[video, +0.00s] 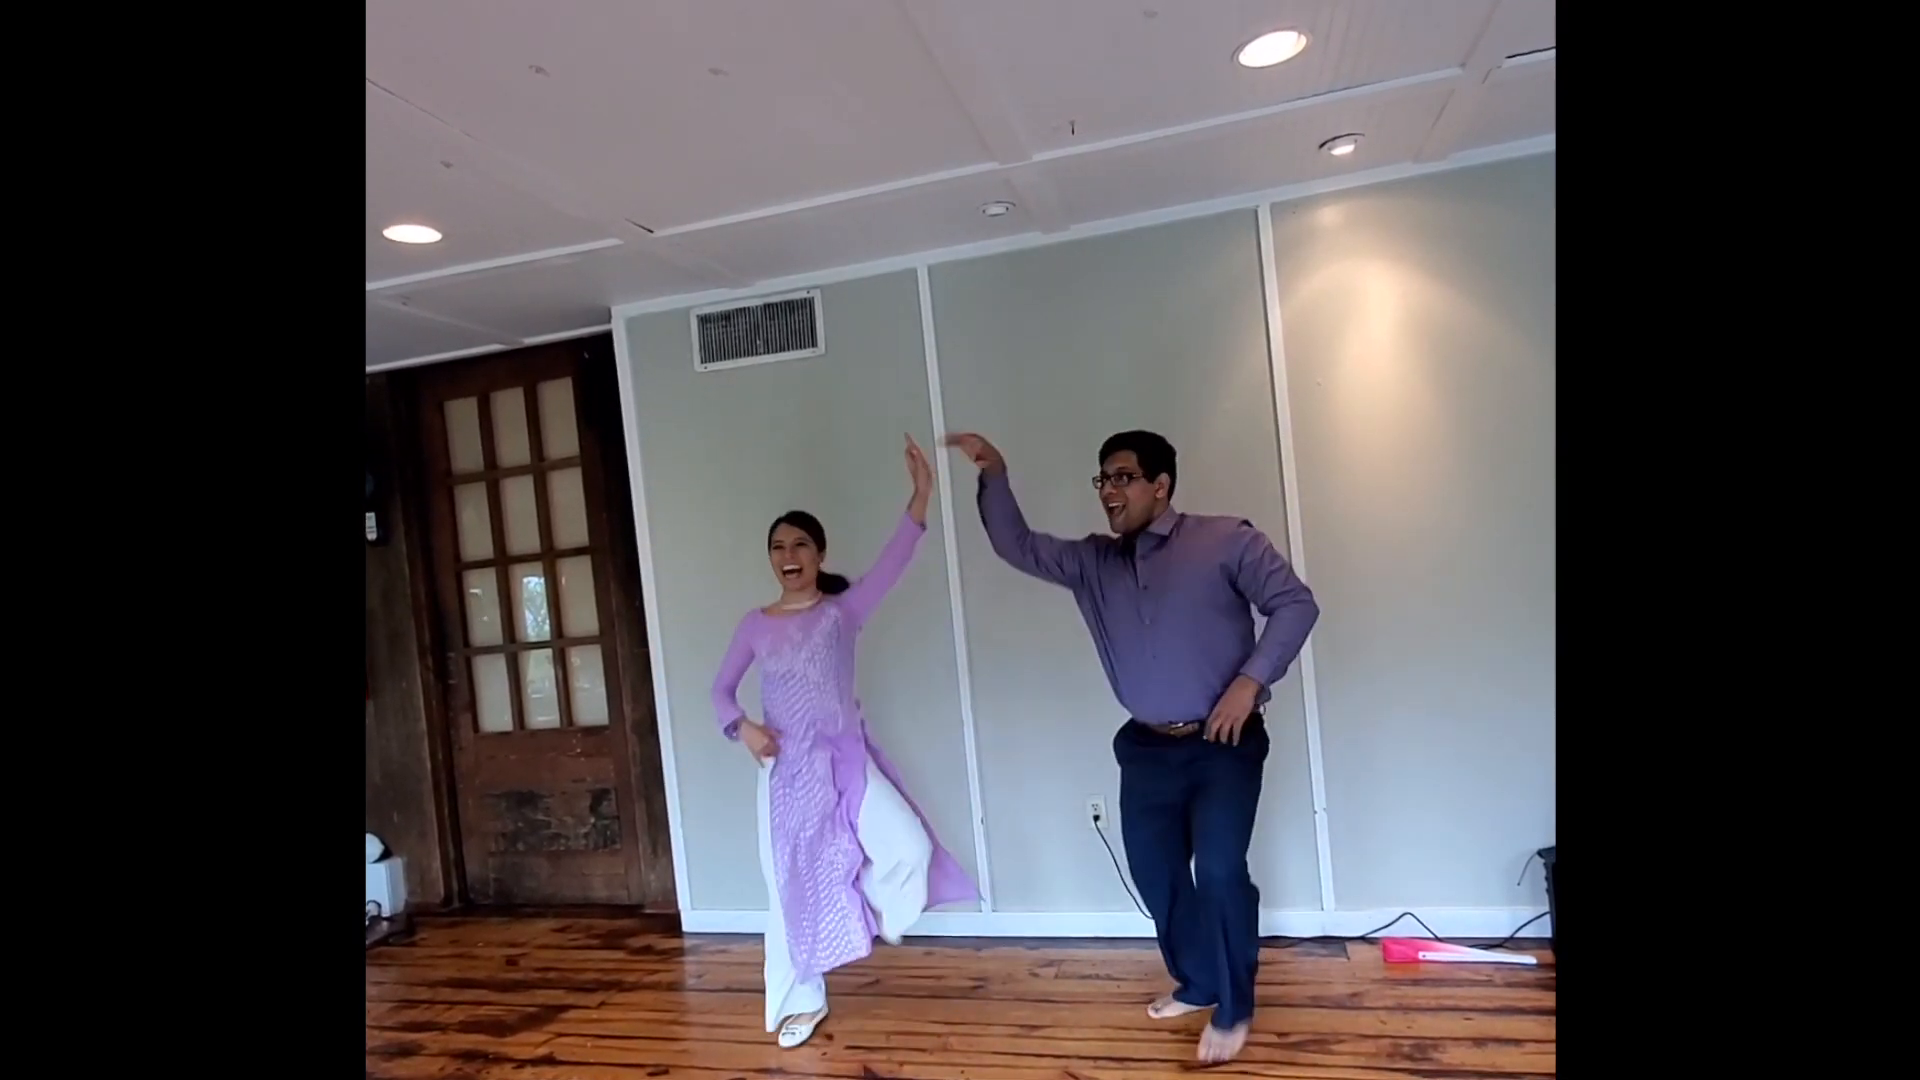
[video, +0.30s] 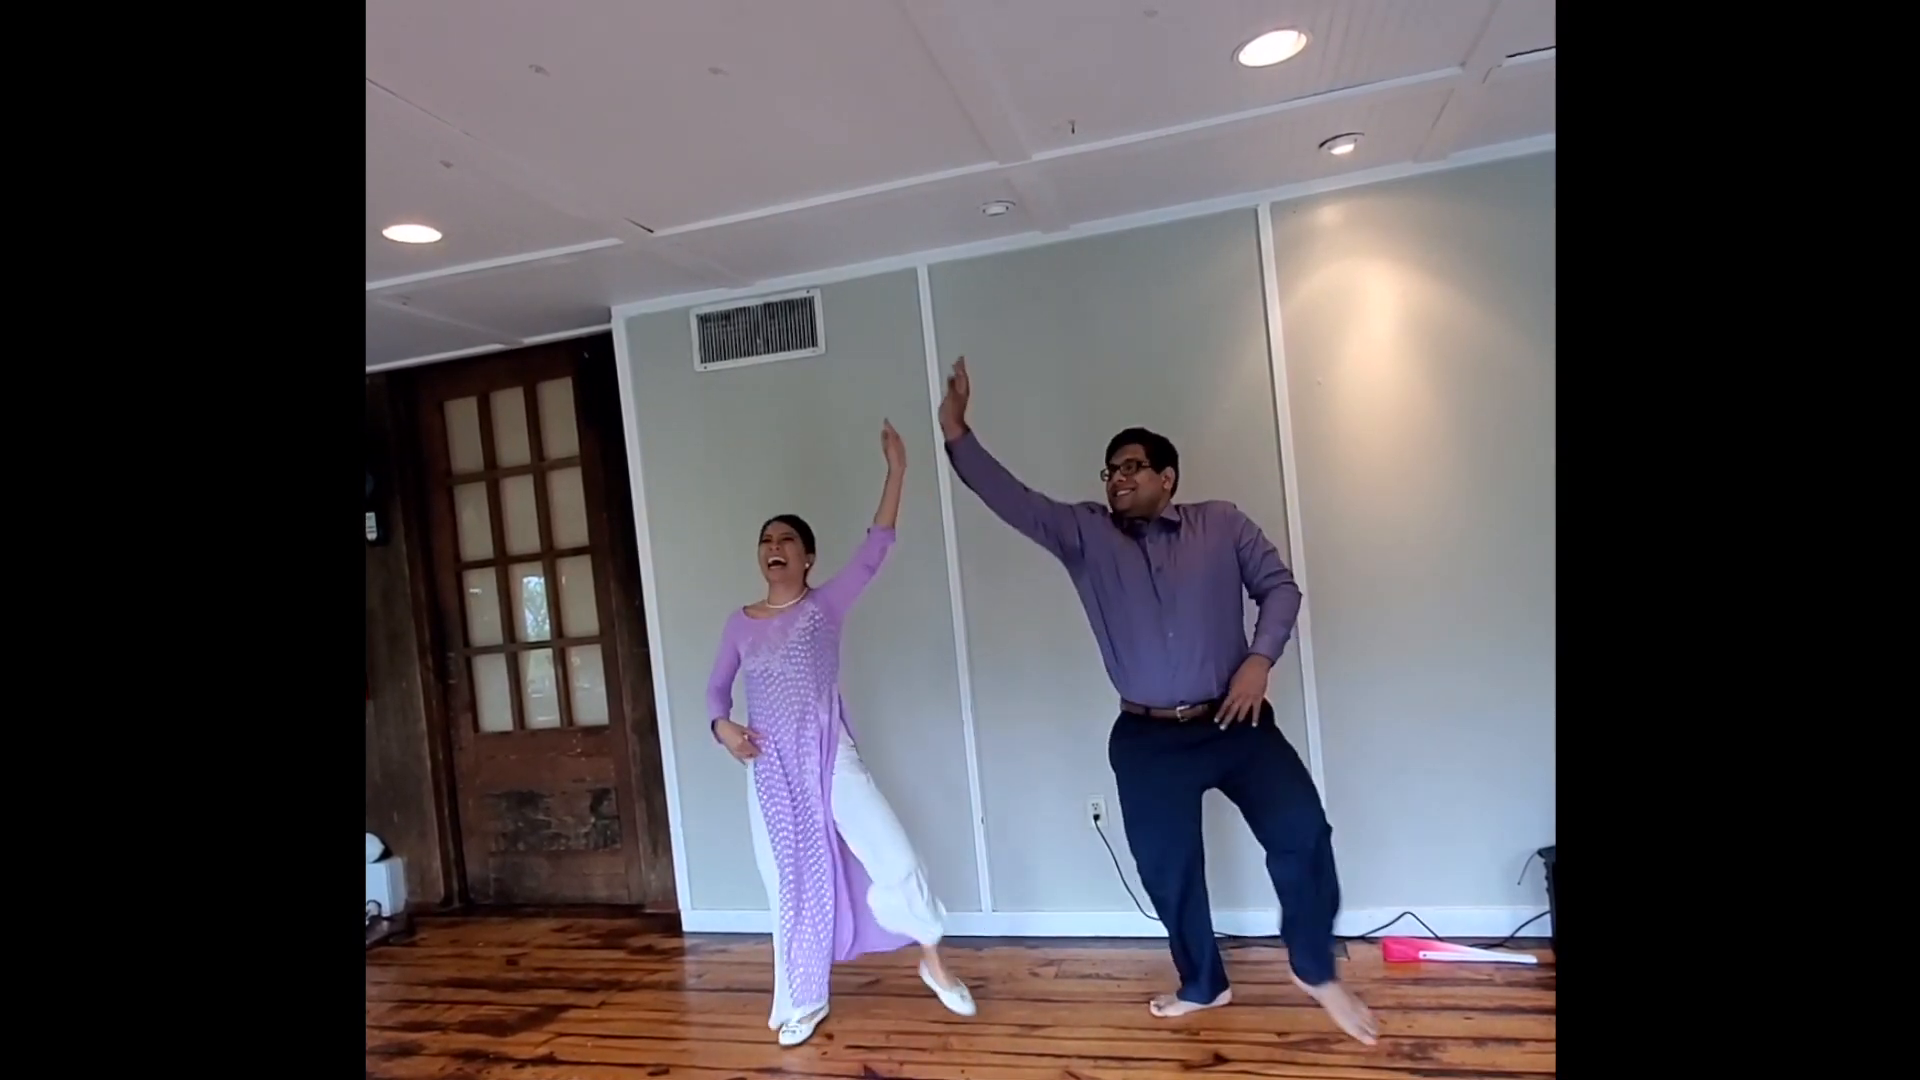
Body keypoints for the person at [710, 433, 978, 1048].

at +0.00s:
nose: (788, 557)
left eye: (799, 546)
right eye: (779, 548)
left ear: (820, 555)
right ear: (770, 559)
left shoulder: (843, 609)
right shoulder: (758, 625)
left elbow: (891, 563)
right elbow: (722, 689)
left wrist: (921, 497)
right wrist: (743, 728)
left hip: (846, 755)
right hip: (788, 762)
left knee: (911, 844)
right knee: (787, 879)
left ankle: (873, 907)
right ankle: (799, 999)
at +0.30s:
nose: (773, 546)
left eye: (785, 539)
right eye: (766, 541)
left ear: (809, 558)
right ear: (758, 559)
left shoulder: (826, 602)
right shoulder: (742, 624)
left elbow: (876, 547)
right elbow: (718, 688)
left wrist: (895, 472)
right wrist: (722, 725)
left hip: (830, 754)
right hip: (771, 764)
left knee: (896, 856)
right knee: (786, 885)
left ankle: (934, 962)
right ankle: (801, 1002)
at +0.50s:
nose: (778, 552)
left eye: (791, 545)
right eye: (771, 546)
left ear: (813, 563)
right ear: (761, 565)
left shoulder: (830, 613)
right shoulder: (751, 635)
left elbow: (875, 551)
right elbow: (730, 708)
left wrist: (901, 483)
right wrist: (732, 735)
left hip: (836, 763)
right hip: (779, 772)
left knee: (887, 881)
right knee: (790, 889)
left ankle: (947, 1003)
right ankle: (810, 1007)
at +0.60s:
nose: (786, 551)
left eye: (799, 545)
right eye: (779, 546)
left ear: (820, 565)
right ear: (769, 566)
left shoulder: (836, 617)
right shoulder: (755, 633)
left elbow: (876, 562)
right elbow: (740, 699)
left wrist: (872, 490)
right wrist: (742, 737)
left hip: (838, 764)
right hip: (781, 773)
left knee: (888, 878)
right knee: (792, 887)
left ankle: (948, 1000)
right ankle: (812, 1005)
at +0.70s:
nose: (801, 551)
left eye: (812, 545)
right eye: (792, 544)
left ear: (830, 558)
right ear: (781, 560)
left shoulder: (847, 614)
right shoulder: (763, 625)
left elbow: (860, 574)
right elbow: (731, 693)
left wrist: (825, 508)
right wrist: (744, 727)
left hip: (843, 761)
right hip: (787, 767)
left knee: (885, 879)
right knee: (795, 884)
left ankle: (941, 994)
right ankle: (809, 1004)